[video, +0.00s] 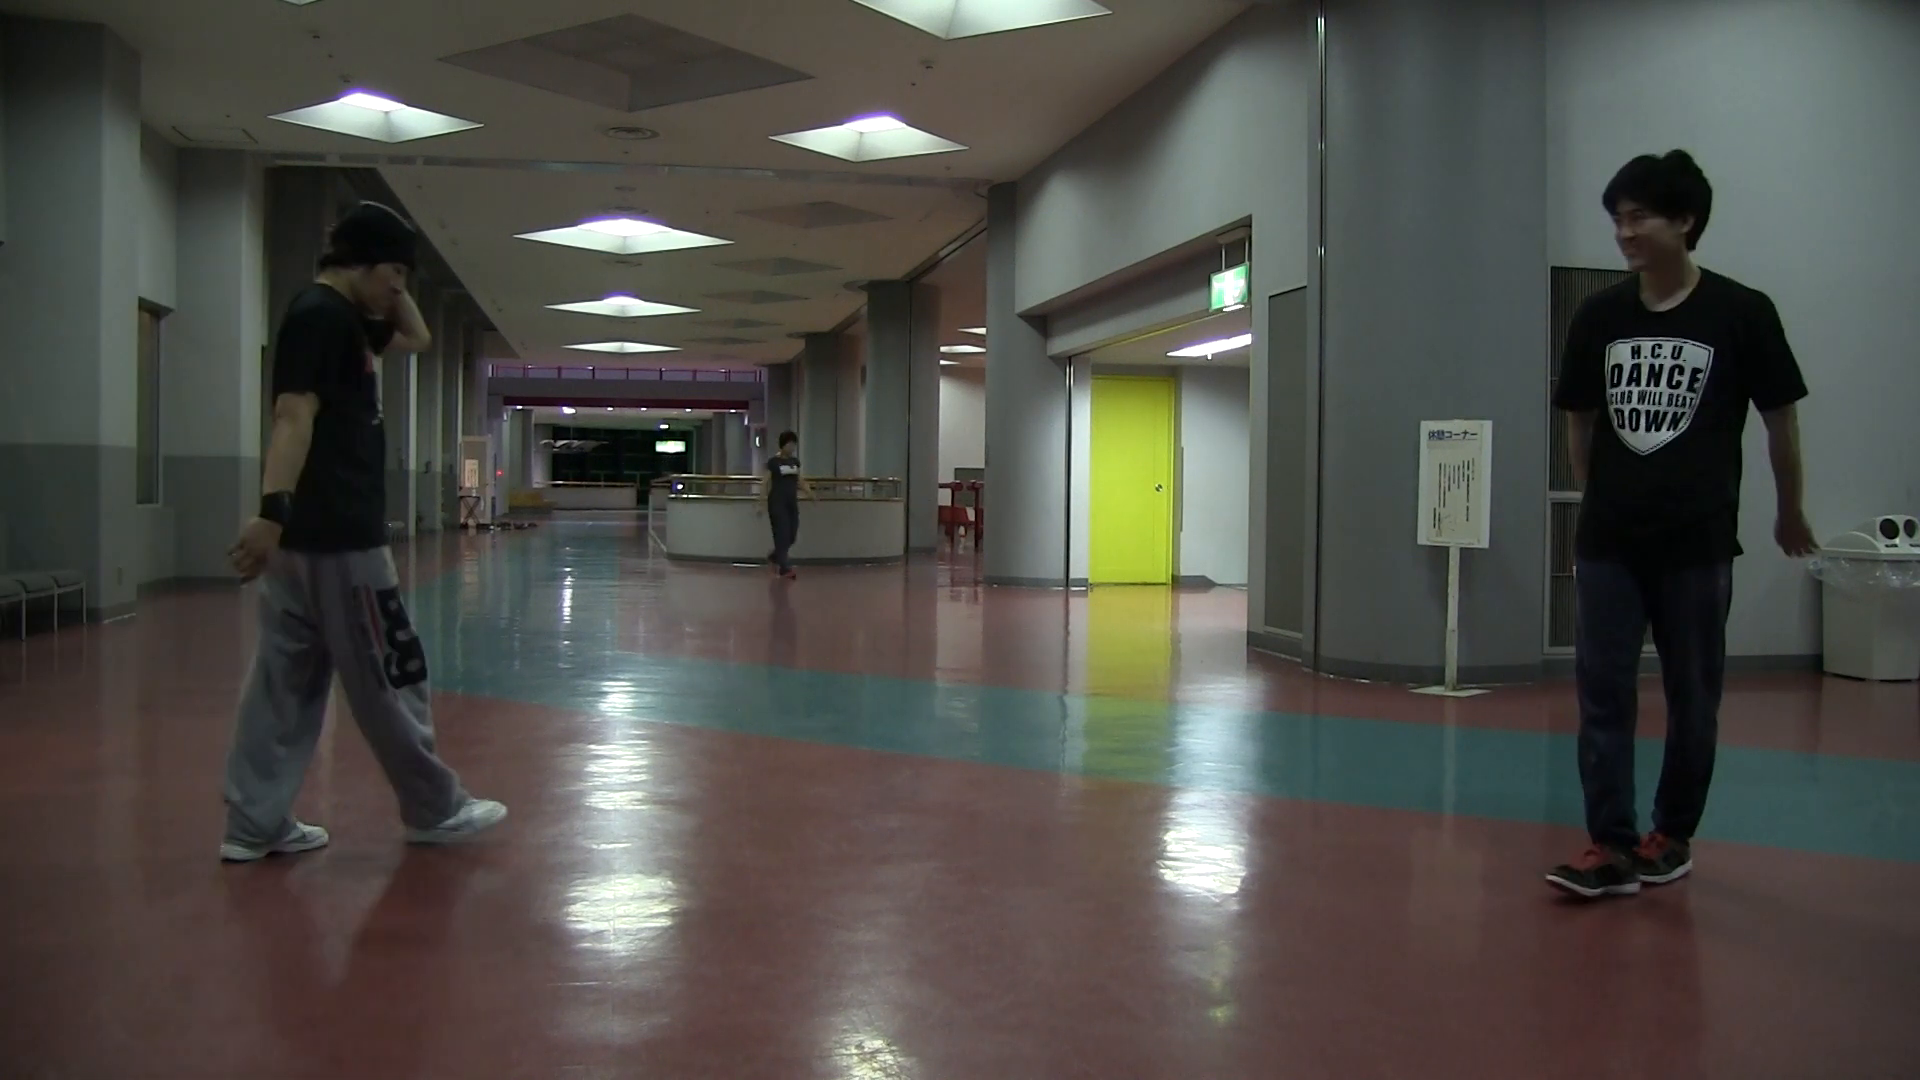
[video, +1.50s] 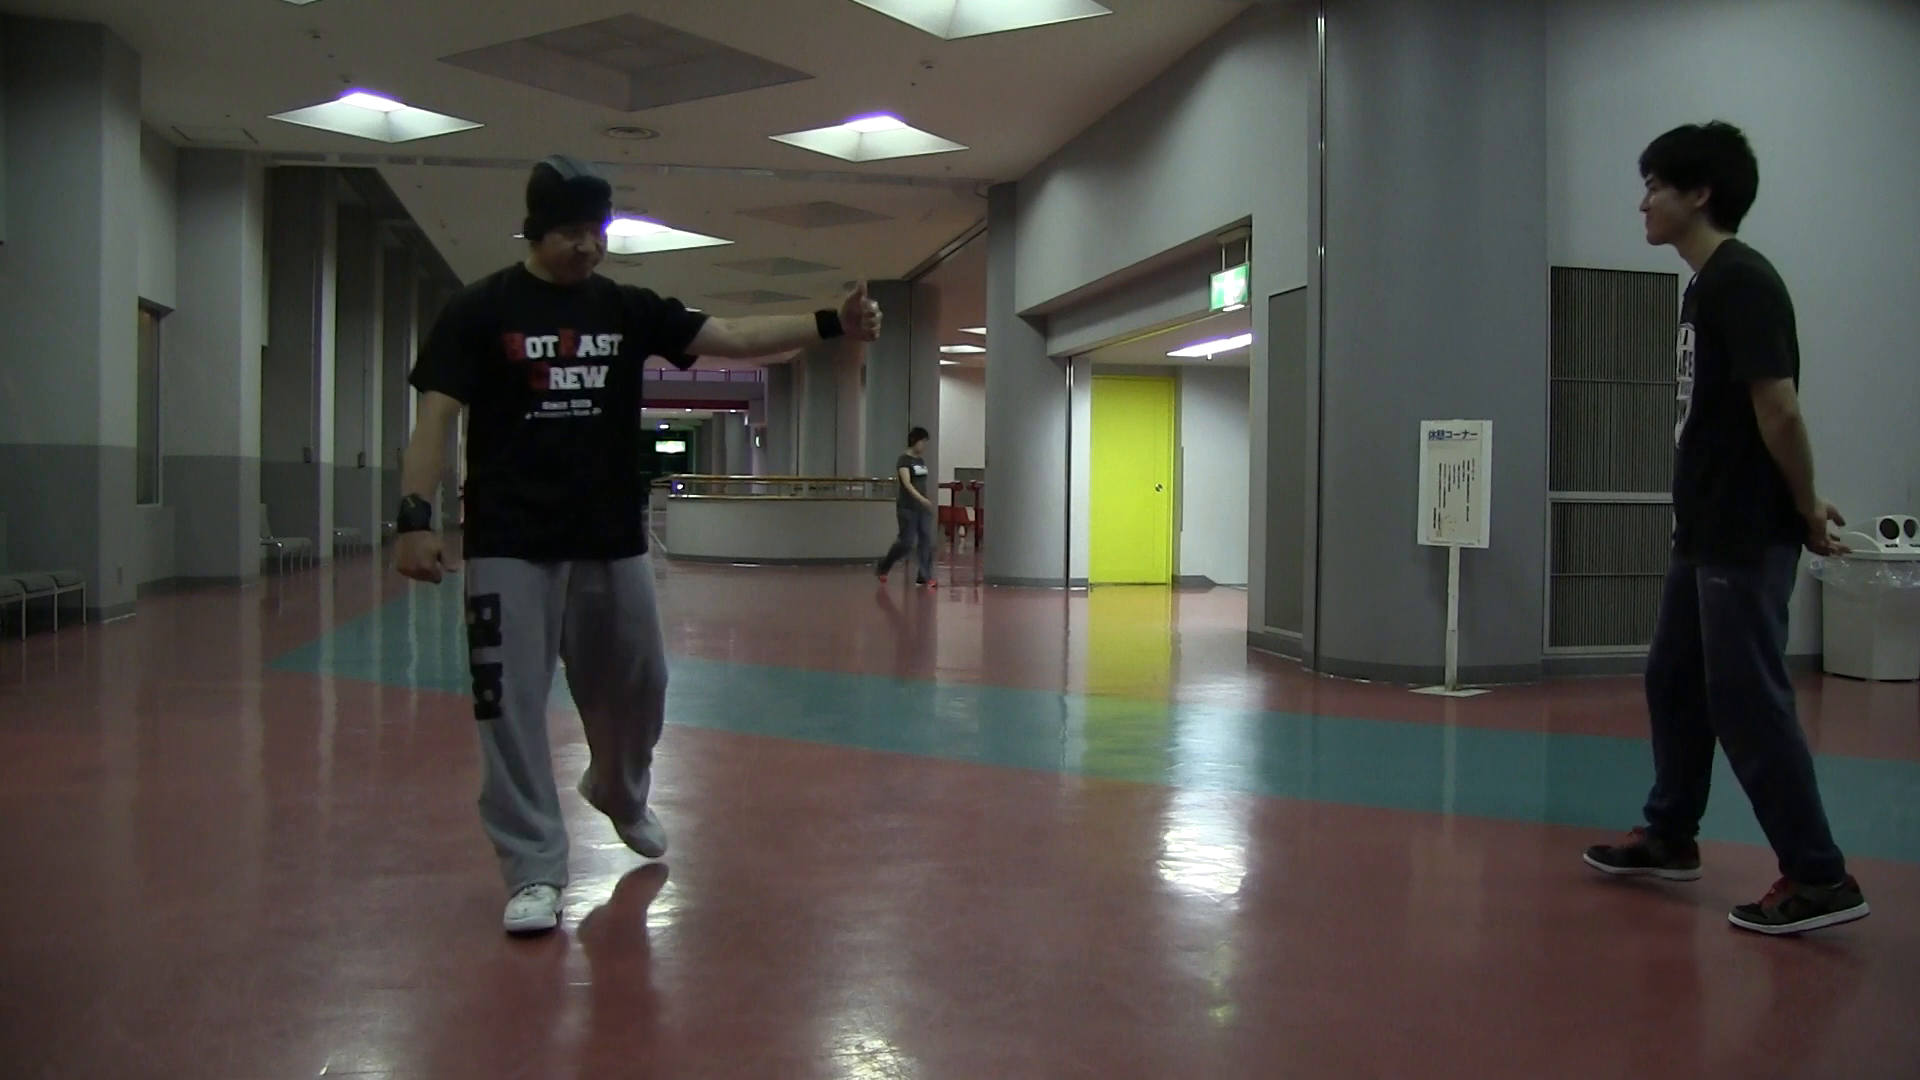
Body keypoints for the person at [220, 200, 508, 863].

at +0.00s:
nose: (398, 287)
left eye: (401, 277)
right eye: (395, 274)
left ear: (349, 263)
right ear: (363, 265)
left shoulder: (339, 315)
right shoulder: (320, 314)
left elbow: (416, 336)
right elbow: (292, 417)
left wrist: (387, 280)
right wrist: (271, 513)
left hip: (309, 535)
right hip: (340, 535)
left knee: (283, 684)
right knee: (388, 674)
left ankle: (255, 824)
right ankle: (435, 807)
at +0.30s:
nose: (464, 282)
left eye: (466, 270)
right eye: (458, 269)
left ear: (413, 265)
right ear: (424, 265)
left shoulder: (394, 321)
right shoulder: (395, 329)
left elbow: (442, 389)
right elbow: (405, 441)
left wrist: (514, 366)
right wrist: (431, 550)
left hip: (403, 532)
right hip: (417, 537)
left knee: (413, 657)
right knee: (438, 669)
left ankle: (332, 754)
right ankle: (441, 811)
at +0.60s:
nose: (528, 275)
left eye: (529, 263)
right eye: (519, 264)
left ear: (500, 262)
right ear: (482, 263)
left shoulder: (501, 334)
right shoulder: (442, 336)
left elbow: (501, 432)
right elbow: (481, 438)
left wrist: (557, 464)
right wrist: (572, 467)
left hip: (502, 532)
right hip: (457, 538)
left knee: (525, 669)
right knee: (453, 675)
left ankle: (584, 792)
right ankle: (437, 810)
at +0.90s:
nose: (602, 268)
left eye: (607, 256)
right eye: (591, 255)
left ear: (605, 258)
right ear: (551, 256)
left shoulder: (604, 335)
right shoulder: (506, 326)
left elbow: (594, 432)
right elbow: (506, 432)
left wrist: (602, 519)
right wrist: (531, 530)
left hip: (592, 534)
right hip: (525, 536)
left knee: (601, 678)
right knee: (525, 676)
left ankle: (604, 813)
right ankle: (473, 787)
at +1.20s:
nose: (627, 266)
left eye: (634, 253)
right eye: (614, 252)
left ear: (640, 255)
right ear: (577, 252)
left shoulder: (655, 333)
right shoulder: (522, 325)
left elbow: (727, 388)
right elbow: (475, 416)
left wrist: (821, 390)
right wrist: (449, 497)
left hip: (625, 543)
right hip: (543, 539)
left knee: (620, 684)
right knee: (536, 696)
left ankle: (609, 814)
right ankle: (534, 851)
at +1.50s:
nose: (590, 247)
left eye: (597, 232)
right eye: (575, 234)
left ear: (604, 230)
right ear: (537, 230)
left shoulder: (626, 307)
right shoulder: (478, 312)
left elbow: (732, 338)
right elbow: (435, 420)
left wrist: (831, 323)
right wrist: (415, 519)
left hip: (609, 535)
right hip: (510, 539)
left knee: (639, 679)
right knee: (512, 707)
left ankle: (619, 792)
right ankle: (533, 871)